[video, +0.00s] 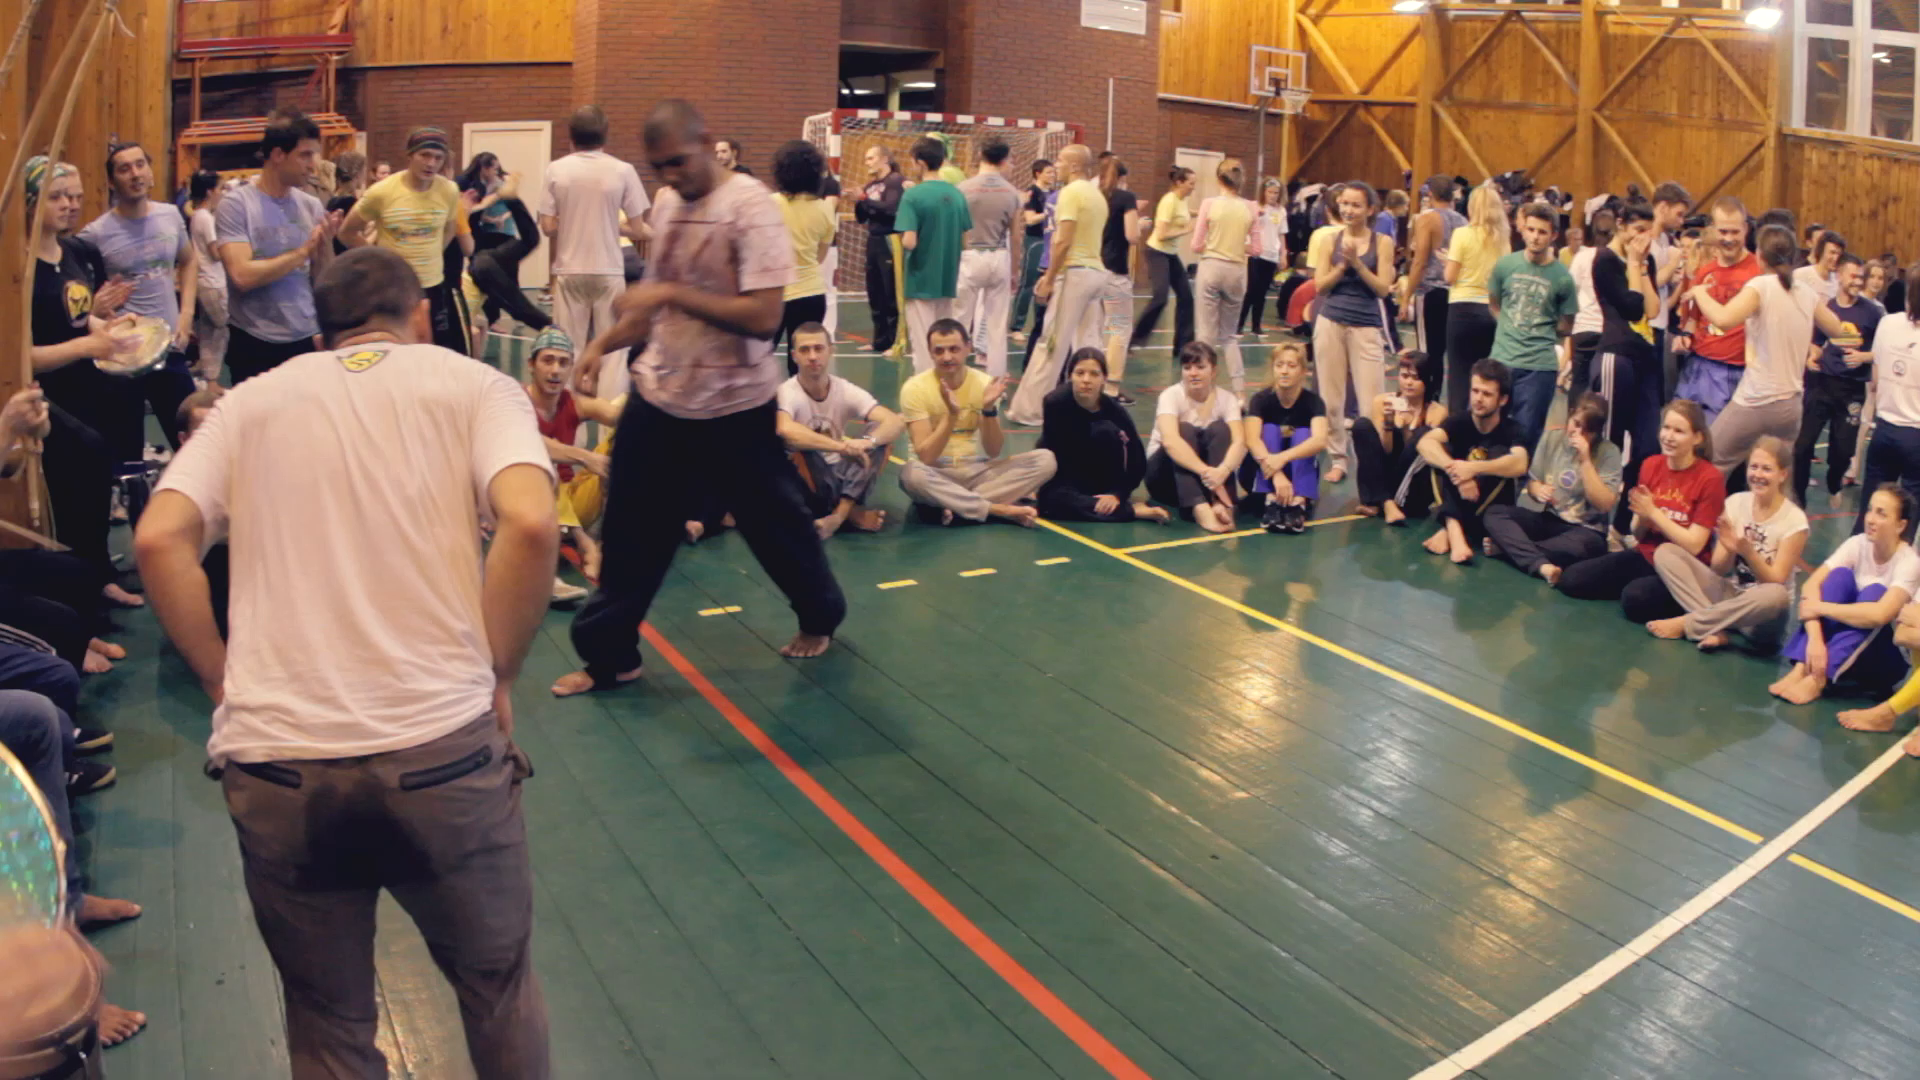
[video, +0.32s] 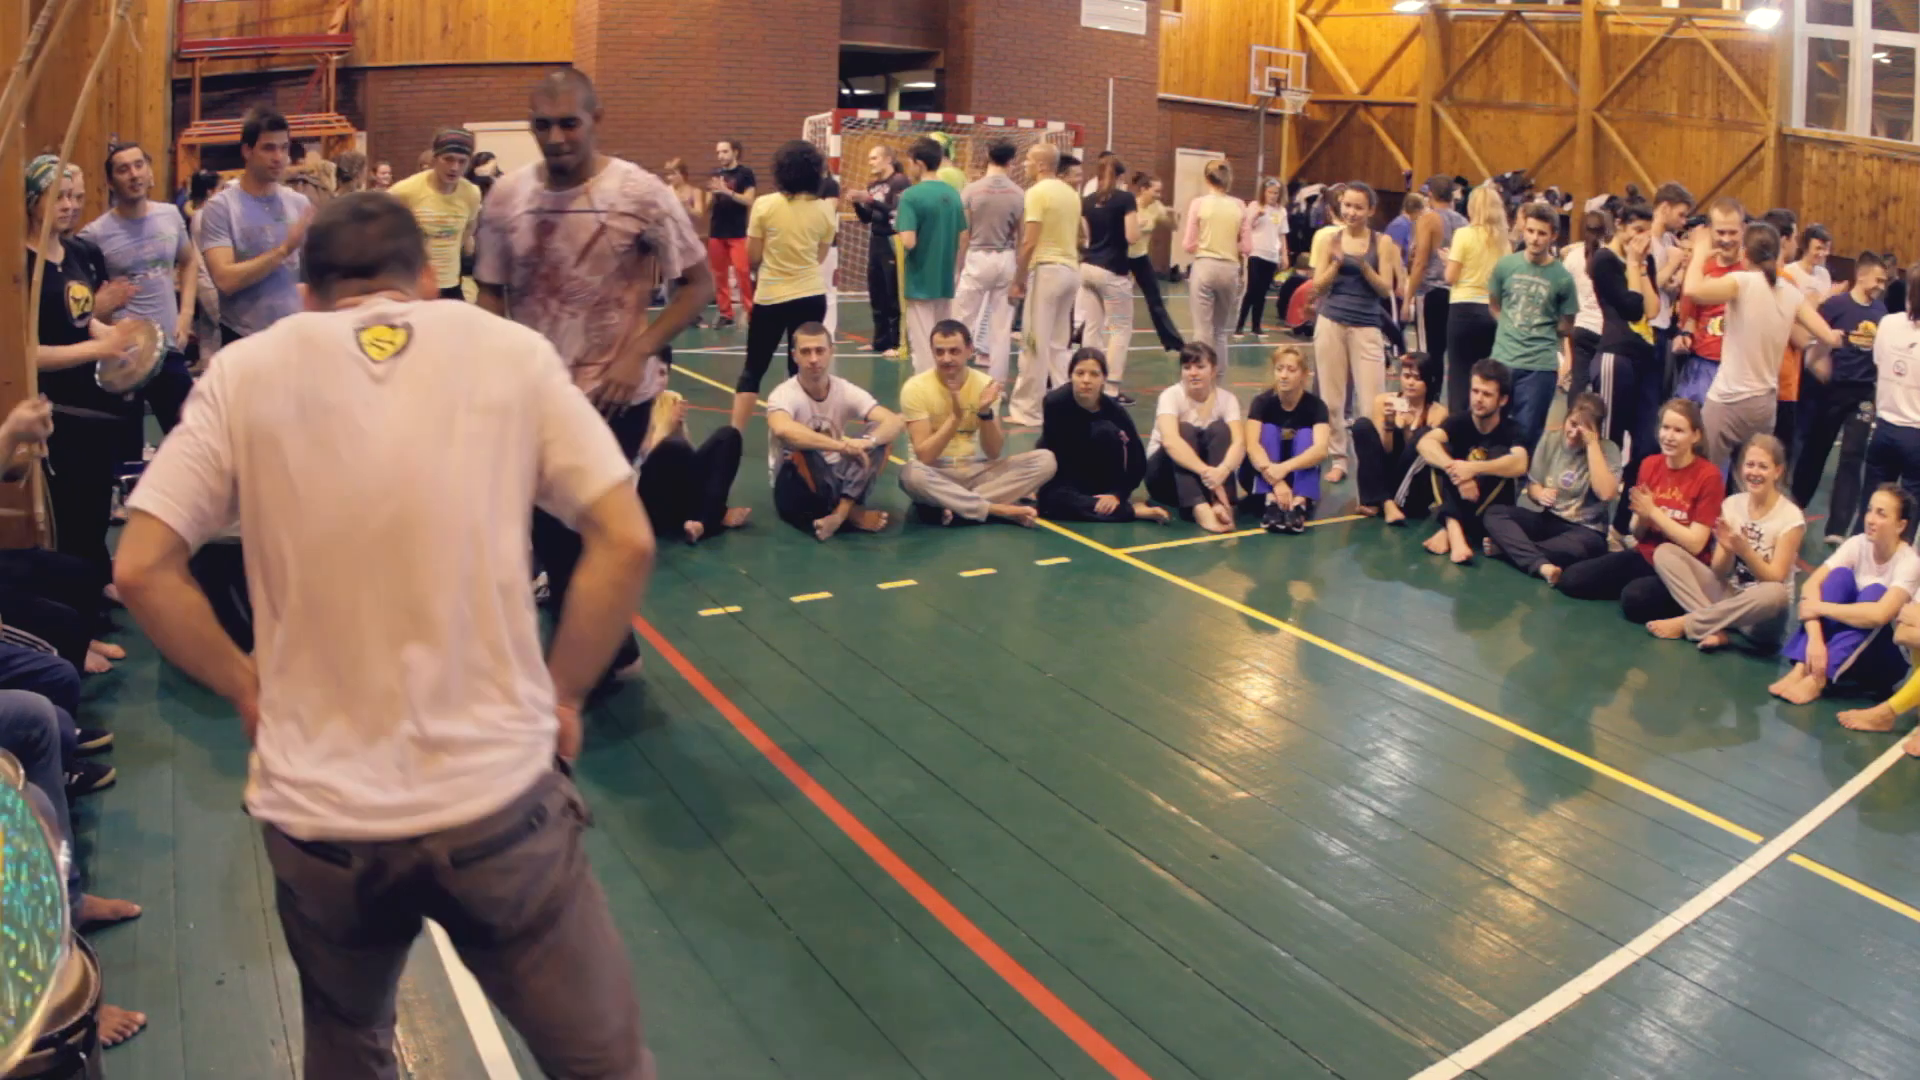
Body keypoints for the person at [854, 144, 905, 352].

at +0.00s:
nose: (868, 163)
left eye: (871, 158)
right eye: (866, 159)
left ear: (884, 159)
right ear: (870, 162)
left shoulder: (895, 181)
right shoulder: (871, 185)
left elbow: (889, 209)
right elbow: (861, 217)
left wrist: (864, 200)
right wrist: (859, 200)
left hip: (890, 237)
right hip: (874, 238)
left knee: (890, 291)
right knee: (875, 291)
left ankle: (893, 340)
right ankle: (879, 339)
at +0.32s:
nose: (871, 162)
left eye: (875, 158)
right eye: (870, 159)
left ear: (888, 159)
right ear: (873, 162)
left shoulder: (900, 182)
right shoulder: (874, 185)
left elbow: (895, 212)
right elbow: (866, 217)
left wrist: (869, 201)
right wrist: (856, 202)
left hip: (893, 238)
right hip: (877, 238)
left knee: (892, 292)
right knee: (877, 292)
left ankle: (894, 341)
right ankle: (880, 340)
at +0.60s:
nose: (873, 163)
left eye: (877, 159)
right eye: (872, 159)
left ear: (890, 160)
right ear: (875, 162)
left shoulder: (902, 182)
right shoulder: (876, 185)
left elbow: (896, 212)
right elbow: (869, 217)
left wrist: (871, 201)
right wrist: (859, 204)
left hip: (894, 238)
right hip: (878, 238)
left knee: (893, 292)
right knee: (878, 291)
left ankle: (894, 341)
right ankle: (880, 340)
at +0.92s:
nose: (874, 163)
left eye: (878, 159)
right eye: (873, 160)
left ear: (891, 160)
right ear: (875, 162)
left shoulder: (904, 183)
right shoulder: (877, 185)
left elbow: (903, 212)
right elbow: (870, 216)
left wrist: (878, 204)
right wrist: (855, 204)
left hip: (897, 237)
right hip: (879, 237)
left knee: (895, 292)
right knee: (878, 291)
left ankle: (896, 341)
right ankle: (880, 340)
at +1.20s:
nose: (874, 164)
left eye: (878, 159)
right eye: (873, 160)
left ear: (891, 160)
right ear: (878, 162)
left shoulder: (904, 183)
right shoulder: (878, 185)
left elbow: (900, 211)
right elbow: (868, 216)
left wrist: (873, 201)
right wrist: (860, 203)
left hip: (897, 237)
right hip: (880, 236)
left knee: (895, 290)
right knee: (878, 289)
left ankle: (896, 341)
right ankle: (880, 339)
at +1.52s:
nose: (872, 164)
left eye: (875, 160)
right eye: (871, 161)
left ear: (889, 161)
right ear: (877, 162)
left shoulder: (901, 182)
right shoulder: (876, 185)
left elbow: (897, 207)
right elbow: (868, 217)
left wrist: (871, 200)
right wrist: (860, 202)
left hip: (896, 236)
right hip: (879, 235)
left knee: (894, 290)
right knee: (878, 290)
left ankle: (896, 341)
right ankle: (880, 339)